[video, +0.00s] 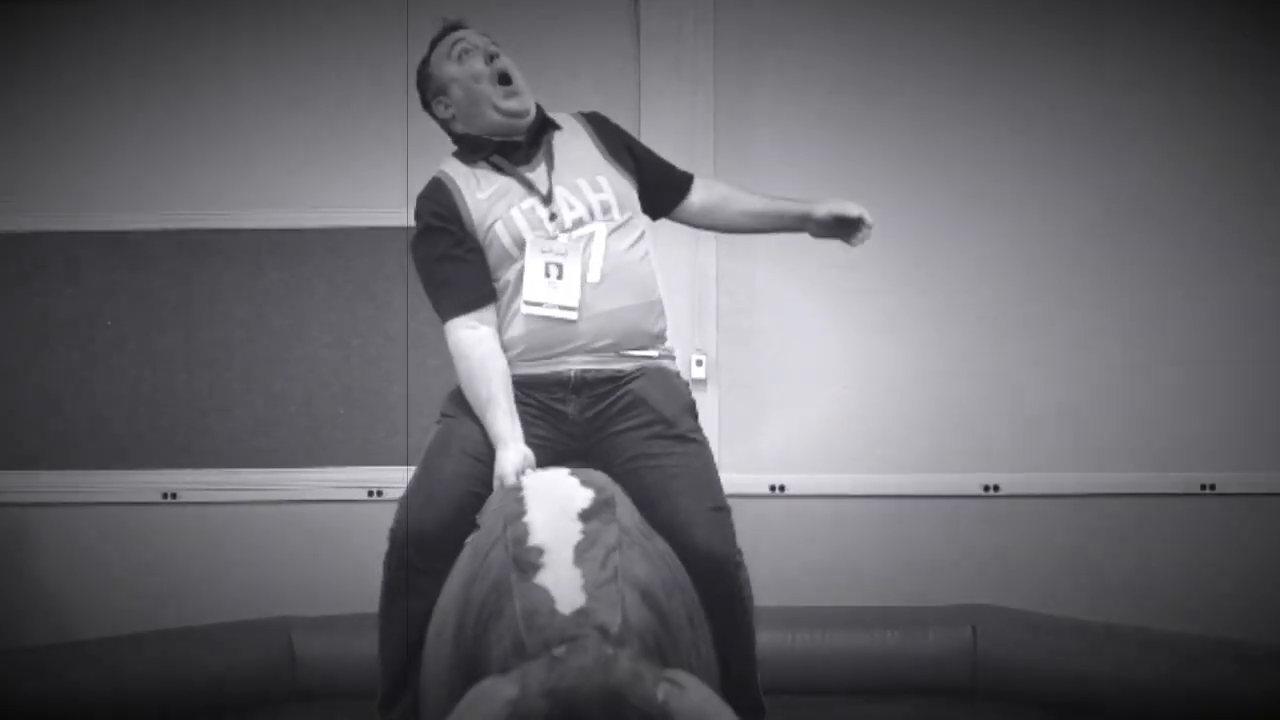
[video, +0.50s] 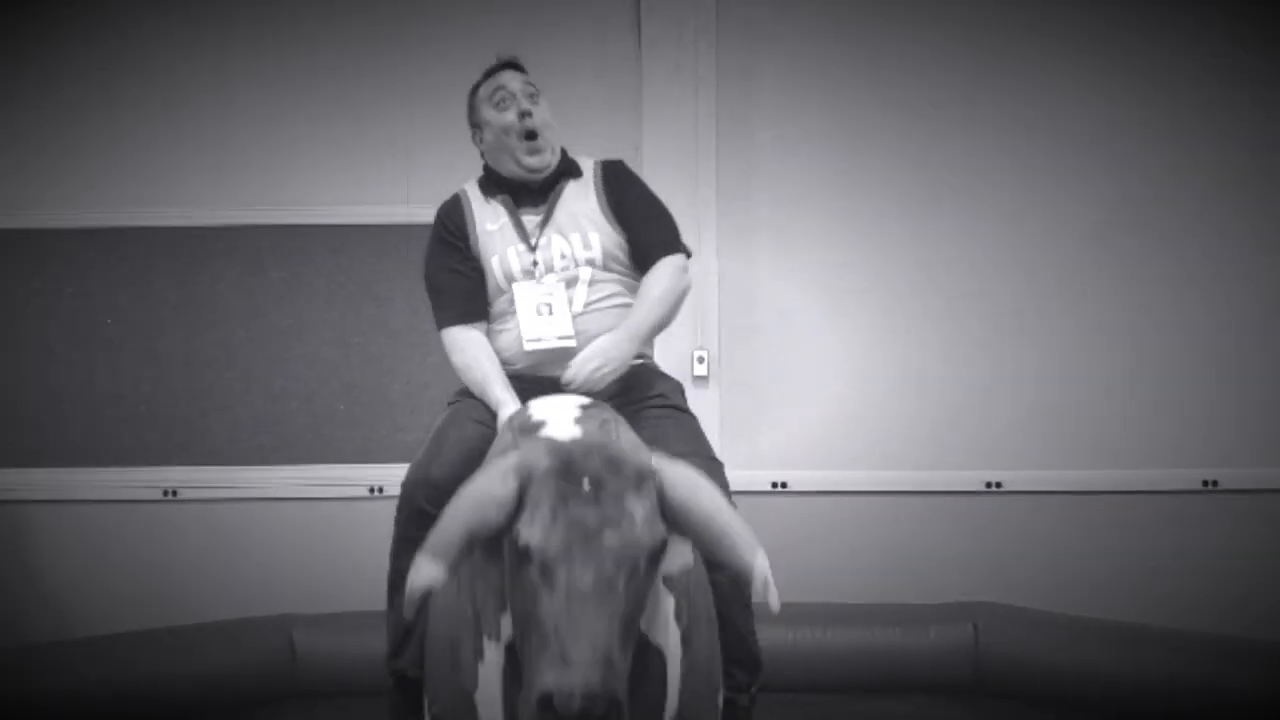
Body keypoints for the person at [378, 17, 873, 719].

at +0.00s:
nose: (497, 63)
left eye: (496, 52)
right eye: (467, 61)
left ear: (518, 72)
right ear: (444, 110)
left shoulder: (595, 135)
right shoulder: (447, 197)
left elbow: (693, 197)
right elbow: (471, 330)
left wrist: (807, 215)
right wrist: (507, 439)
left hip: (638, 390)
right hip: (509, 402)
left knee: (712, 553)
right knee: (419, 537)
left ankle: (740, 710)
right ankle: (404, 709)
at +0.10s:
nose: (501, 69)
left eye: (501, 56)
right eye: (472, 66)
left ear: (524, 74)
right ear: (451, 115)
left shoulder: (599, 139)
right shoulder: (450, 200)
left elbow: (696, 208)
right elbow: (471, 331)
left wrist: (796, 232)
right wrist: (508, 435)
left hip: (637, 387)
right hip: (510, 398)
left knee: (713, 545)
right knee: (420, 532)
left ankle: (742, 708)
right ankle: (401, 706)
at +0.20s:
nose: (506, 73)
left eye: (507, 61)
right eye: (478, 71)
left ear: (531, 82)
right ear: (458, 116)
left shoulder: (602, 146)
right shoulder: (452, 201)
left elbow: (689, 216)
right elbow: (470, 328)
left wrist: (764, 252)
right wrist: (508, 426)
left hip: (635, 384)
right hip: (514, 395)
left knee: (712, 537)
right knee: (422, 527)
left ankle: (742, 698)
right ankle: (400, 702)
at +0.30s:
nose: (514, 84)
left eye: (517, 71)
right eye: (488, 81)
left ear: (539, 88)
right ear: (465, 124)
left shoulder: (607, 155)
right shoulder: (455, 203)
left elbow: (682, 226)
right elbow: (469, 328)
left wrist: (729, 281)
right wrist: (512, 423)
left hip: (633, 381)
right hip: (512, 391)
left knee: (709, 518)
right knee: (426, 511)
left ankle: (744, 691)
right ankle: (405, 692)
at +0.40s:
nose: (519, 95)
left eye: (525, 82)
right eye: (495, 91)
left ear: (546, 102)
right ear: (472, 131)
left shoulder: (611, 167)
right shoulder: (459, 208)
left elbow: (686, 249)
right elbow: (464, 325)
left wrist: (675, 316)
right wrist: (510, 412)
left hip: (631, 385)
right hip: (511, 392)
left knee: (707, 505)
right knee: (428, 503)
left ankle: (742, 691)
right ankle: (407, 686)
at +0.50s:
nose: (524, 110)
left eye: (532, 98)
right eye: (501, 104)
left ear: (553, 117)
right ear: (479, 139)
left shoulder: (608, 181)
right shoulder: (461, 216)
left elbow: (671, 264)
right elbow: (460, 326)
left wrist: (626, 342)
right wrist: (506, 404)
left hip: (624, 378)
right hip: (508, 386)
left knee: (707, 504)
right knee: (425, 495)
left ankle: (738, 689)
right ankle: (408, 683)